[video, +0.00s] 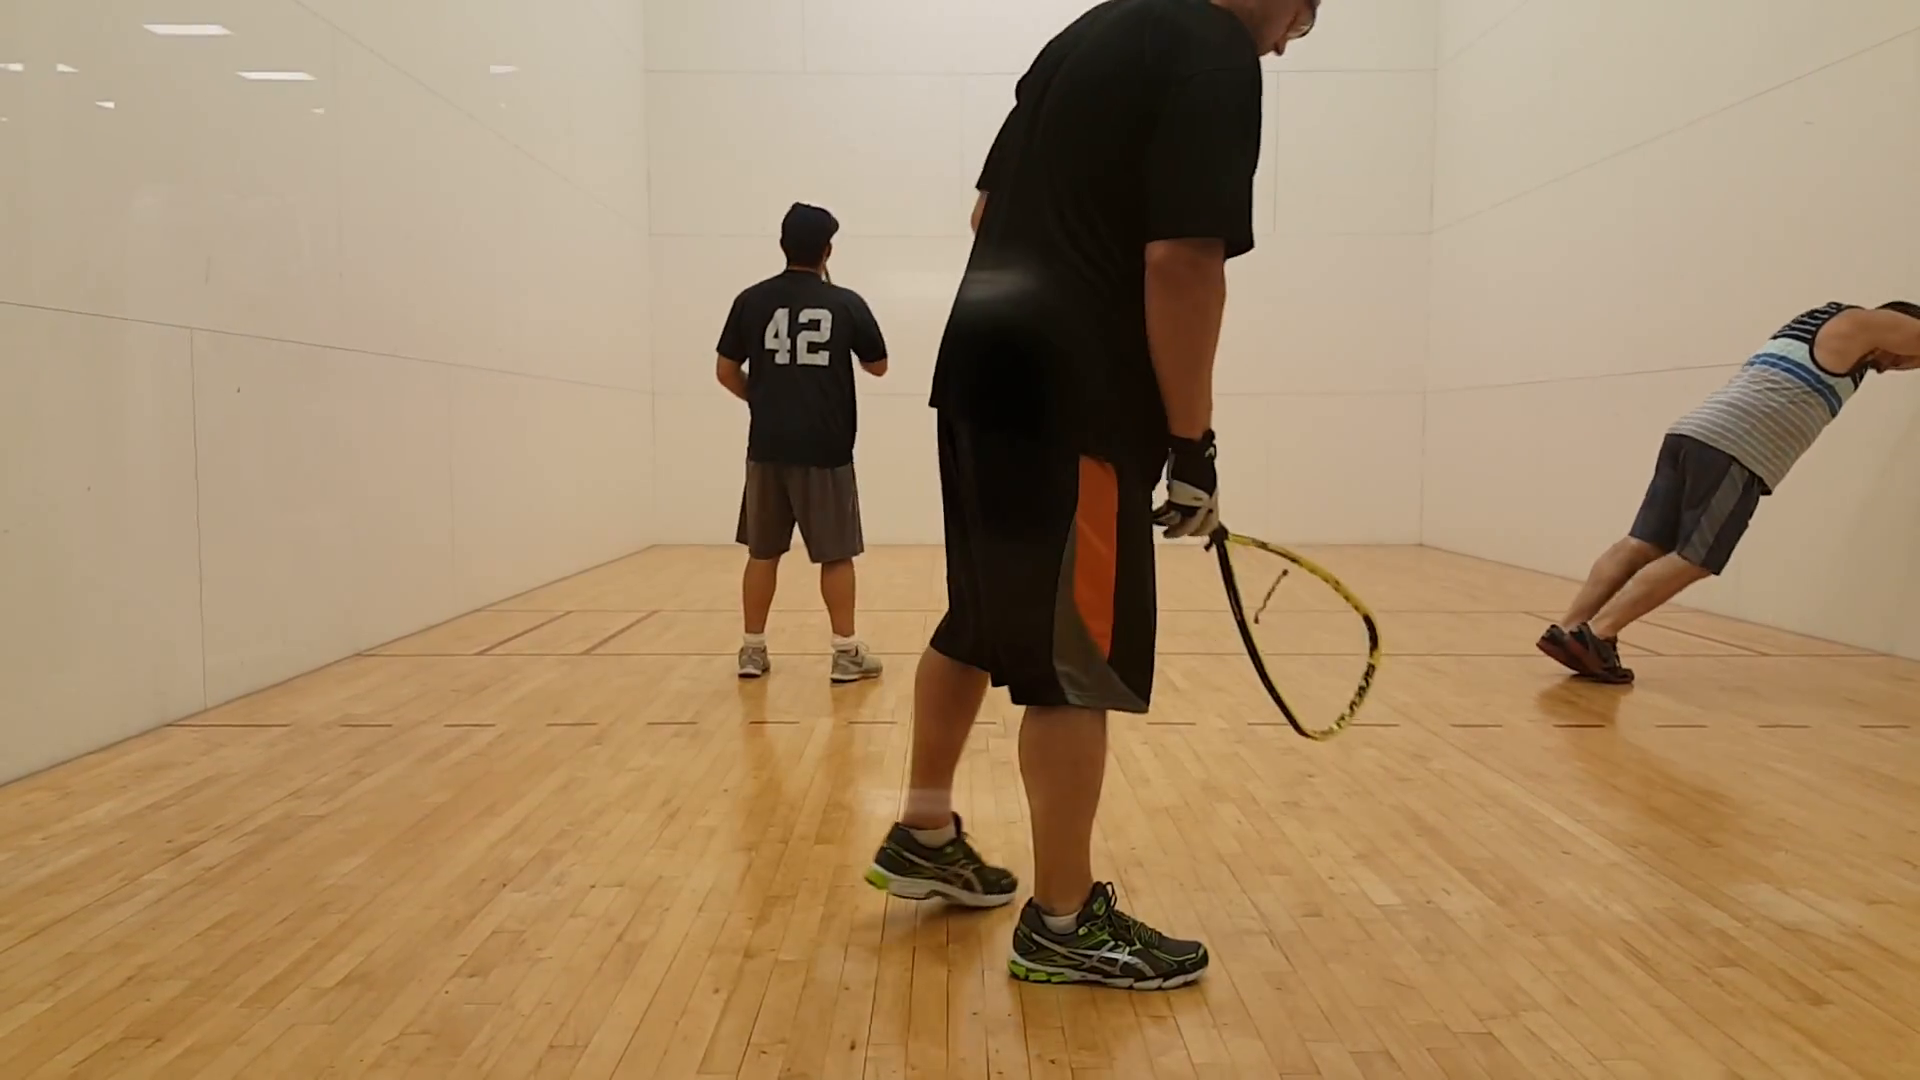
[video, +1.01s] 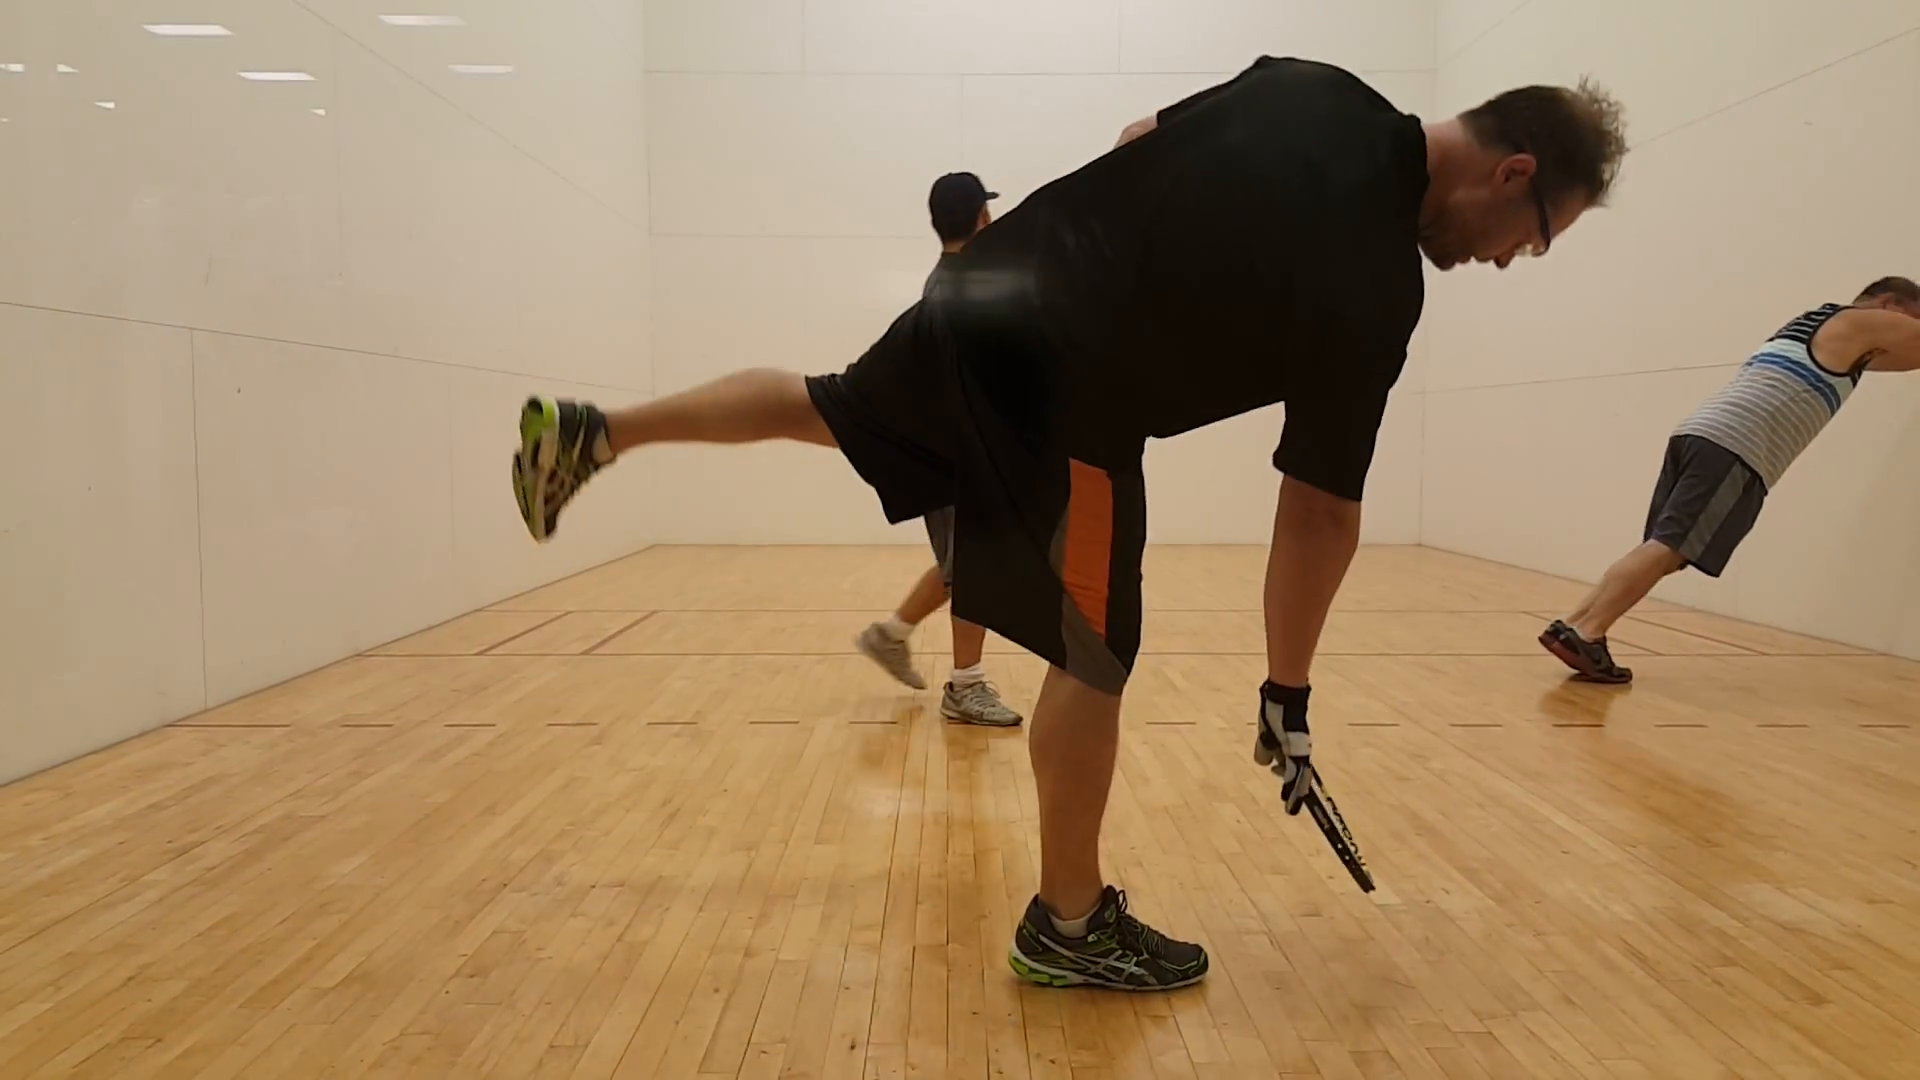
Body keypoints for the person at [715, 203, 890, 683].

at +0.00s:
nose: (833, 248)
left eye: (829, 241)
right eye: (831, 243)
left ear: (784, 246)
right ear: (826, 249)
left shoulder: (752, 300)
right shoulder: (846, 304)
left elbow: (726, 371)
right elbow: (877, 365)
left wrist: (761, 398)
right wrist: (840, 315)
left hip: (767, 446)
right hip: (825, 450)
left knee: (763, 550)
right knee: (836, 553)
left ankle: (752, 650)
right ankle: (845, 654)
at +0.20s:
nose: (843, 254)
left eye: (839, 248)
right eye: (841, 249)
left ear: (793, 255)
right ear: (836, 256)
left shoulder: (763, 307)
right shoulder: (857, 315)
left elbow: (736, 378)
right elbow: (874, 395)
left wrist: (764, 425)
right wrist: (842, 413)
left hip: (777, 454)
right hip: (836, 458)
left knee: (765, 549)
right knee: (869, 545)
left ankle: (755, 648)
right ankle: (861, 653)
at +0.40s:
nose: (885, 262)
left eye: (881, 255)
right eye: (882, 256)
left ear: (835, 264)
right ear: (875, 264)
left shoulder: (807, 316)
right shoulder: (892, 328)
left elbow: (770, 381)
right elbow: (912, 403)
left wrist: (774, 443)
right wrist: (923, 445)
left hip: (808, 469)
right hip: (868, 475)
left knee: (785, 552)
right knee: (899, 570)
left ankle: (756, 642)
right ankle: (878, 657)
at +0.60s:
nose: (918, 212)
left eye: (915, 205)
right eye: (915, 206)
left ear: (867, 220)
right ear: (906, 217)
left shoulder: (846, 272)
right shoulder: (918, 275)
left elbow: (817, 336)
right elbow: (920, 335)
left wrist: (850, 374)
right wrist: (946, 390)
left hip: (843, 421)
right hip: (896, 424)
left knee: (848, 525)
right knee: (905, 528)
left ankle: (830, 635)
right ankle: (896, 640)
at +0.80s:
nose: (947, 230)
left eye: (942, 221)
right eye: (943, 223)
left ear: (896, 234)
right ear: (937, 230)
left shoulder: (887, 290)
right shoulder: (934, 299)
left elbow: (869, 361)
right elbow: (944, 378)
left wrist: (923, 382)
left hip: (885, 449)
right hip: (930, 454)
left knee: (879, 556)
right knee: (952, 559)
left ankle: (840, 665)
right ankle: (953, 677)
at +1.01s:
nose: (994, 217)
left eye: (989, 209)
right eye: (991, 210)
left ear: (939, 223)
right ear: (982, 217)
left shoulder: (945, 279)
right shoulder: (975, 282)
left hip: (948, 450)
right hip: (971, 453)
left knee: (962, 559)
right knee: (974, 562)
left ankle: (892, 631)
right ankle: (966, 684)